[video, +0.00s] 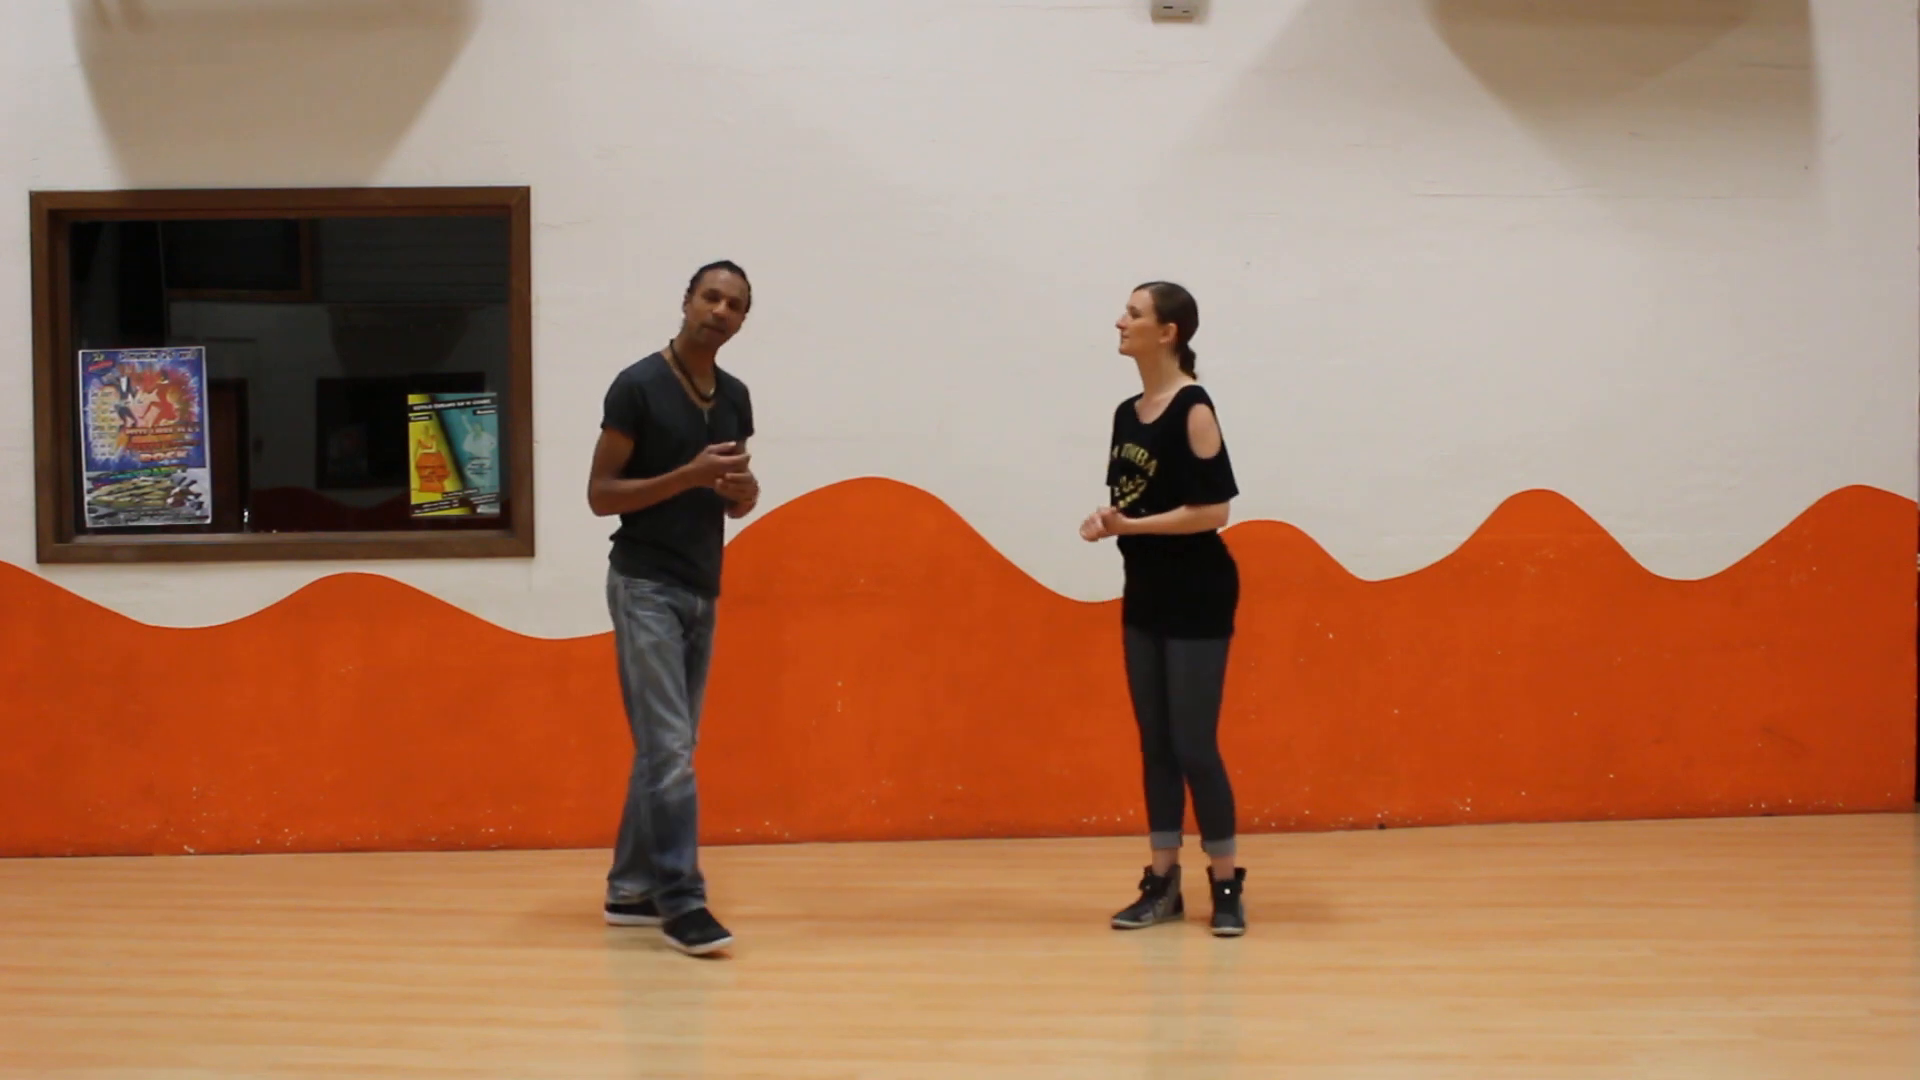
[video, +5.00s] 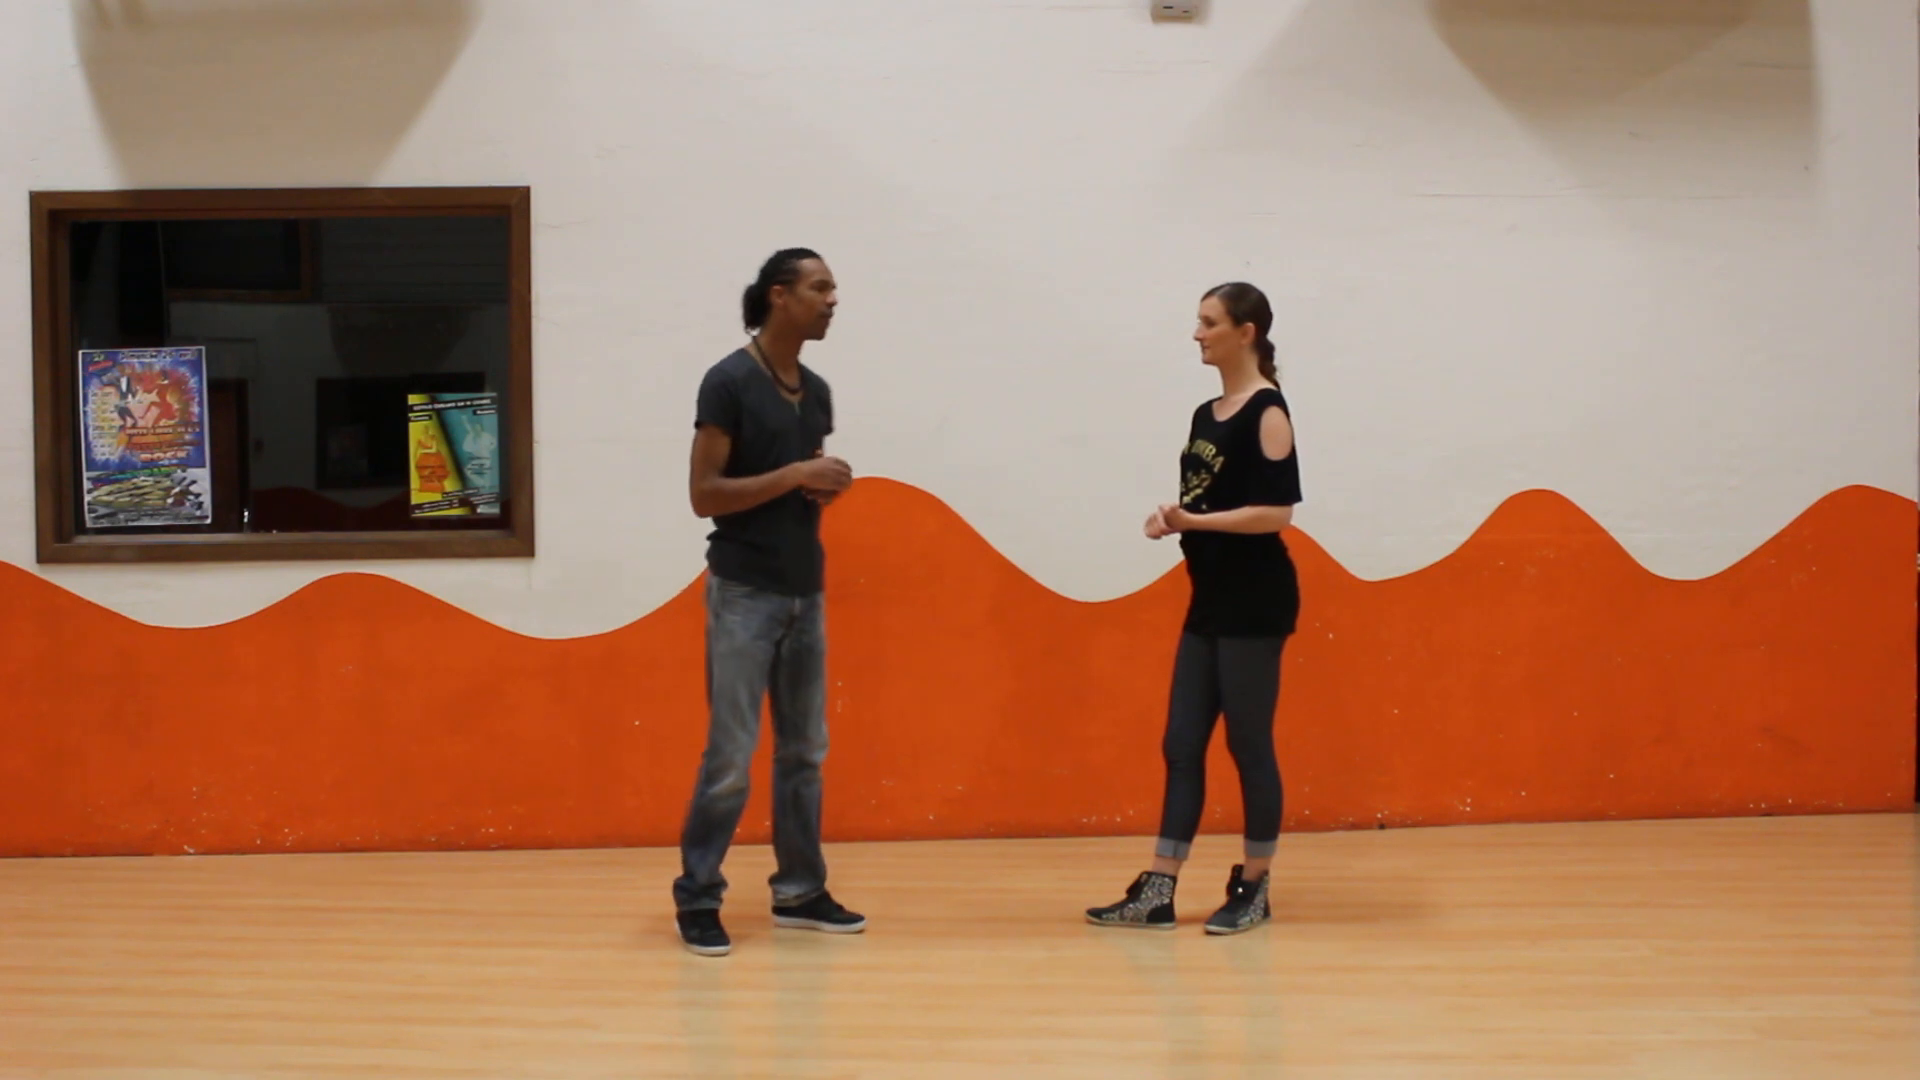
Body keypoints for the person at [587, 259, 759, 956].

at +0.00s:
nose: (722, 312)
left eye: (735, 306)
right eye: (713, 297)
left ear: (742, 322)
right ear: (685, 301)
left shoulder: (732, 397)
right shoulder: (638, 385)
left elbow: (741, 502)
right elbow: (600, 495)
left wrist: (737, 480)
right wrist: (690, 476)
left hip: (699, 589)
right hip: (644, 584)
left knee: (672, 744)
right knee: (669, 743)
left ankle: (631, 886)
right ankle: (684, 903)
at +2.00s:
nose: (748, 310)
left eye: (747, 299)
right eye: (735, 299)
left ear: (727, 312)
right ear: (692, 310)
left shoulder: (744, 391)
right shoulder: (643, 393)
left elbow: (766, 490)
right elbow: (616, 505)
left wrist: (749, 489)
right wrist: (703, 482)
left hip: (729, 594)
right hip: (671, 594)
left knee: (709, 746)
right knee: (691, 748)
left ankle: (671, 879)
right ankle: (691, 905)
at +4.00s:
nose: (709, 320)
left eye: (722, 308)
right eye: (697, 307)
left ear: (736, 312)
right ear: (674, 308)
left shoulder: (755, 383)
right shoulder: (643, 392)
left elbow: (769, 481)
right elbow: (615, 507)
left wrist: (769, 478)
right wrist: (696, 475)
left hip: (738, 590)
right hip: (676, 591)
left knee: (723, 752)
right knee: (690, 751)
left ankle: (682, 874)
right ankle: (696, 899)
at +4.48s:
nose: (781, 328)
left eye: (784, 315)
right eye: (773, 314)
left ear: (742, 313)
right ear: (730, 309)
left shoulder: (747, 384)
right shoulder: (673, 390)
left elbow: (723, 487)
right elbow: (660, 510)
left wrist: (761, 482)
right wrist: (744, 483)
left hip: (741, 592)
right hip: (683, 594)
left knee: (767, 742)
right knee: (692, 753)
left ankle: (779, 887)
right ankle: (694, 901)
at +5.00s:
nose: (833, 300)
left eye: (832, 290)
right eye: (820, 288)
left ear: (805, 303)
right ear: (776, 297)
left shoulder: (816, 392)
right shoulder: (727, 384)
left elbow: (802, 490)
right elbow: (704, 496)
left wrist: (829, 481)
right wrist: (793, 475)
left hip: (802, 591)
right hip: (743, 590)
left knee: (802, 747)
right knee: (733, 750)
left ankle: (800, 890)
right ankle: (697, 898)